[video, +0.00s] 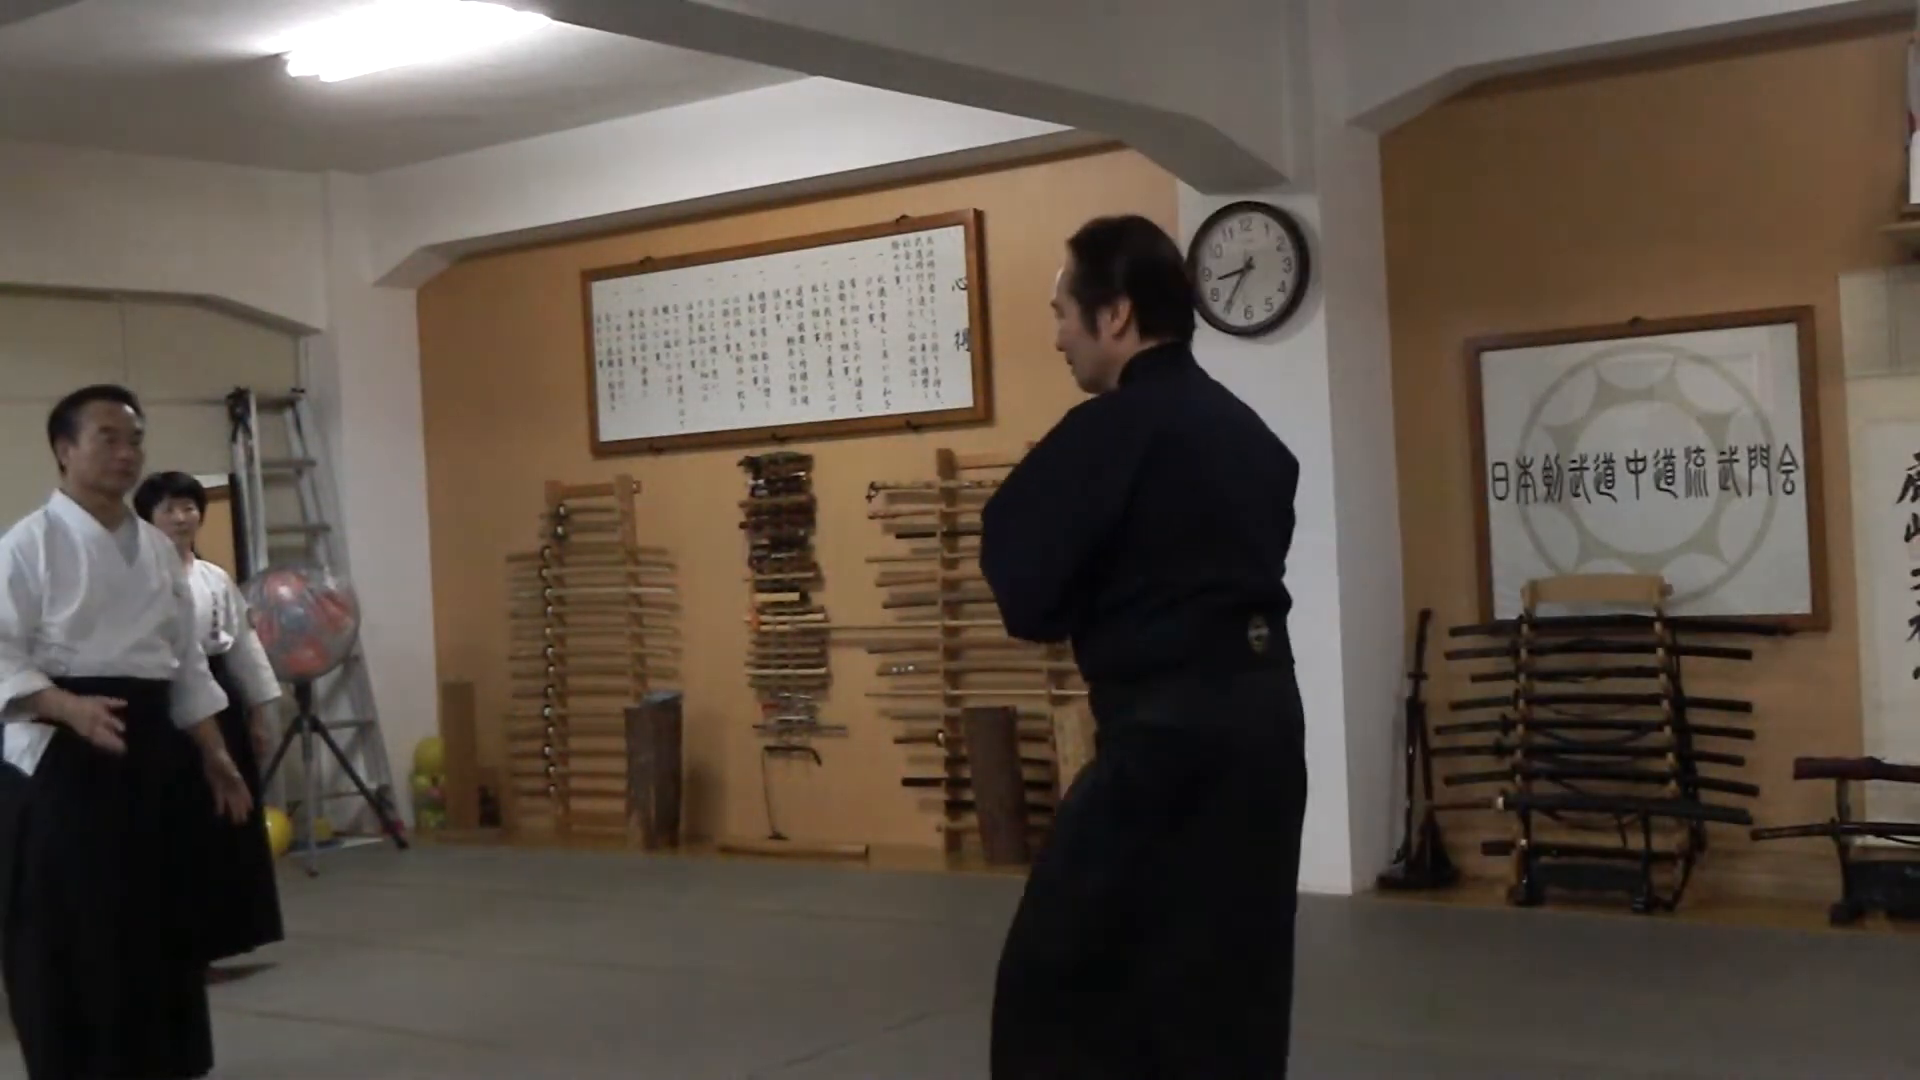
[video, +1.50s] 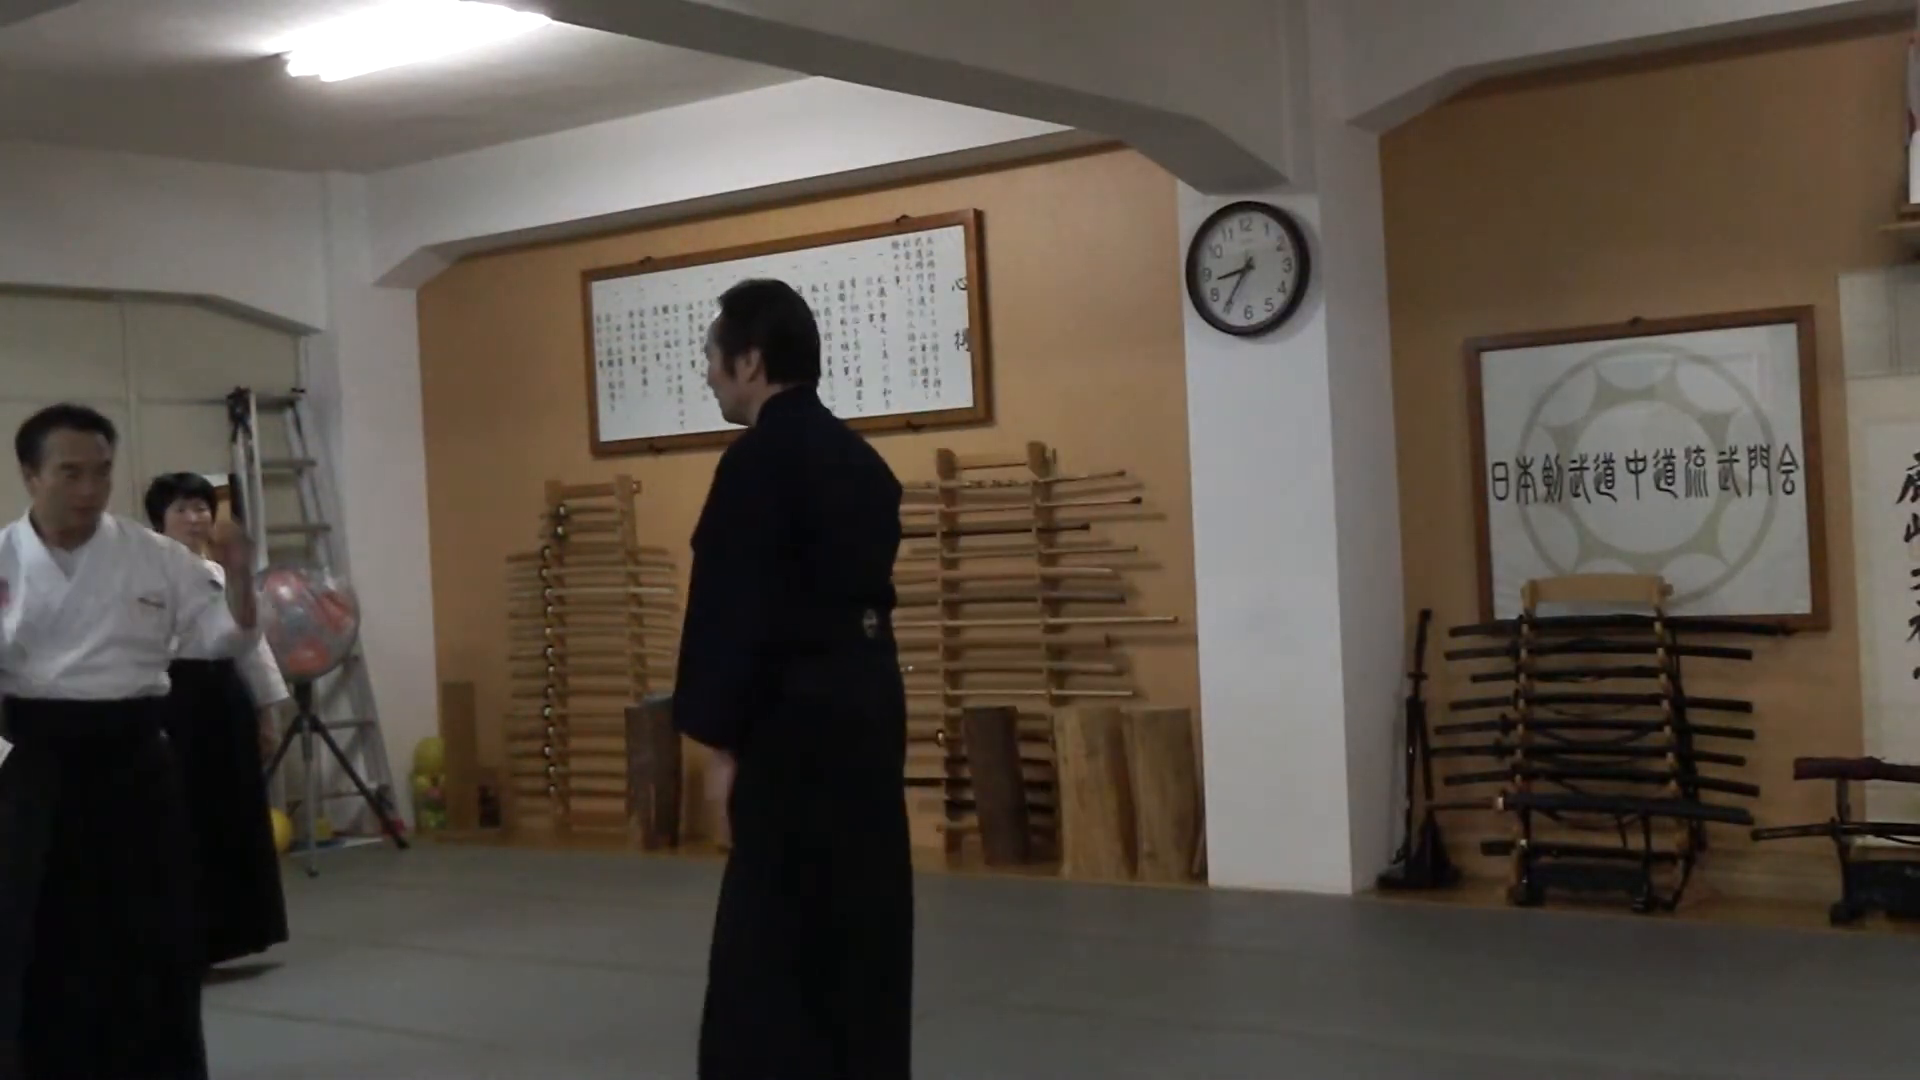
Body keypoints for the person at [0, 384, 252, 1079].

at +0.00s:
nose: (126, 451)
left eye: (135, 439)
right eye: (107, 436)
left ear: (142, 454)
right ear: (63, 450)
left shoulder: (159, 550)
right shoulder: (26, 547)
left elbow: (188, 664)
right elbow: (3, 660)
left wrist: (217, 750)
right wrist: (66, 706)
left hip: (156, 750)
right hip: (64, 753)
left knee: (164, 921)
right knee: (71, 928)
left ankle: (165, 1062)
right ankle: (80, 1064)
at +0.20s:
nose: (117, 456)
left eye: (125, 443)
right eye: (99, 441)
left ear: (132, 452)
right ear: (54, 449)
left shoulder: (135, 540)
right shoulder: (28, 532)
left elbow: (159, 652)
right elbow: (10, 643)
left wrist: (207, 662)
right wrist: (81, 611)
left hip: (140, 748)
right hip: (59, 753)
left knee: (148, 920)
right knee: (69, 930)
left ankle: (149, 1059)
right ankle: (77, 1064)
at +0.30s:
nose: (115, 461)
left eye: (123, 448)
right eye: (98, 446)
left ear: (128, 454)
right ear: (50, 451)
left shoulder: (120, 536)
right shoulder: (25, 526)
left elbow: (185, 636)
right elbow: (64, 581)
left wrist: (186, 590)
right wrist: (147, 551)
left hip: (123, 752)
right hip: (51, 760)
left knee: (138, 926)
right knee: (68, 936)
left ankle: (141, 1058)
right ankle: (77, 1063)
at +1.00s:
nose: (130, 462)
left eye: (138, 447)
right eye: (112, 447)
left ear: (145, 454)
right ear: (64, 454)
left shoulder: (141, 542)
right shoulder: (38, 543)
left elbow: (169, 631)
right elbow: (93, 637)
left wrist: (192, 684)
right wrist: (172, 652)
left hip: (133, 752)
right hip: (54, 762)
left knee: (144, 924)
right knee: (68, 937)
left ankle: (147, 1059)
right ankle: (78, 1066)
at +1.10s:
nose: (131, 462)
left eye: (140, 448)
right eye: (112, 447)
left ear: (148, 456)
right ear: (67, 455)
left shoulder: (162, 548)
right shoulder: (33, 549)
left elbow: (193, 653)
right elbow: (28, 664)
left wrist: (212, 748)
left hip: (158, 735)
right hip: (64, 746)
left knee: (159, 923)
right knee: (76, 928)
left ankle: (158, 1063)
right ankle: (76, 1064)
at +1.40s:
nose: (99, 481)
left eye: (109, 466)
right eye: (81, 466)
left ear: (119, 471)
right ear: (37, 472)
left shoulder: (159, 563)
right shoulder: (10, 556)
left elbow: (224, 660)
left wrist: (284, 664)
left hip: (129, 757)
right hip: (27, 755)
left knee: (139, 939)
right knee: (33, 941)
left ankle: (146, 1067)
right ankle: (40, 1066)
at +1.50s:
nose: (90, 487)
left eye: (101, 472)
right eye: (72, 472)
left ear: (113, 476)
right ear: (31, 477)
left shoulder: (158, 559)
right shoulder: (7, 558)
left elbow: (232, 640)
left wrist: (237, 572)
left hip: (136, 763)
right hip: (37, 763)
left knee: (148, 943)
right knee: (38, 941)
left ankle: (154, 1067)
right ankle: (44, 1067)